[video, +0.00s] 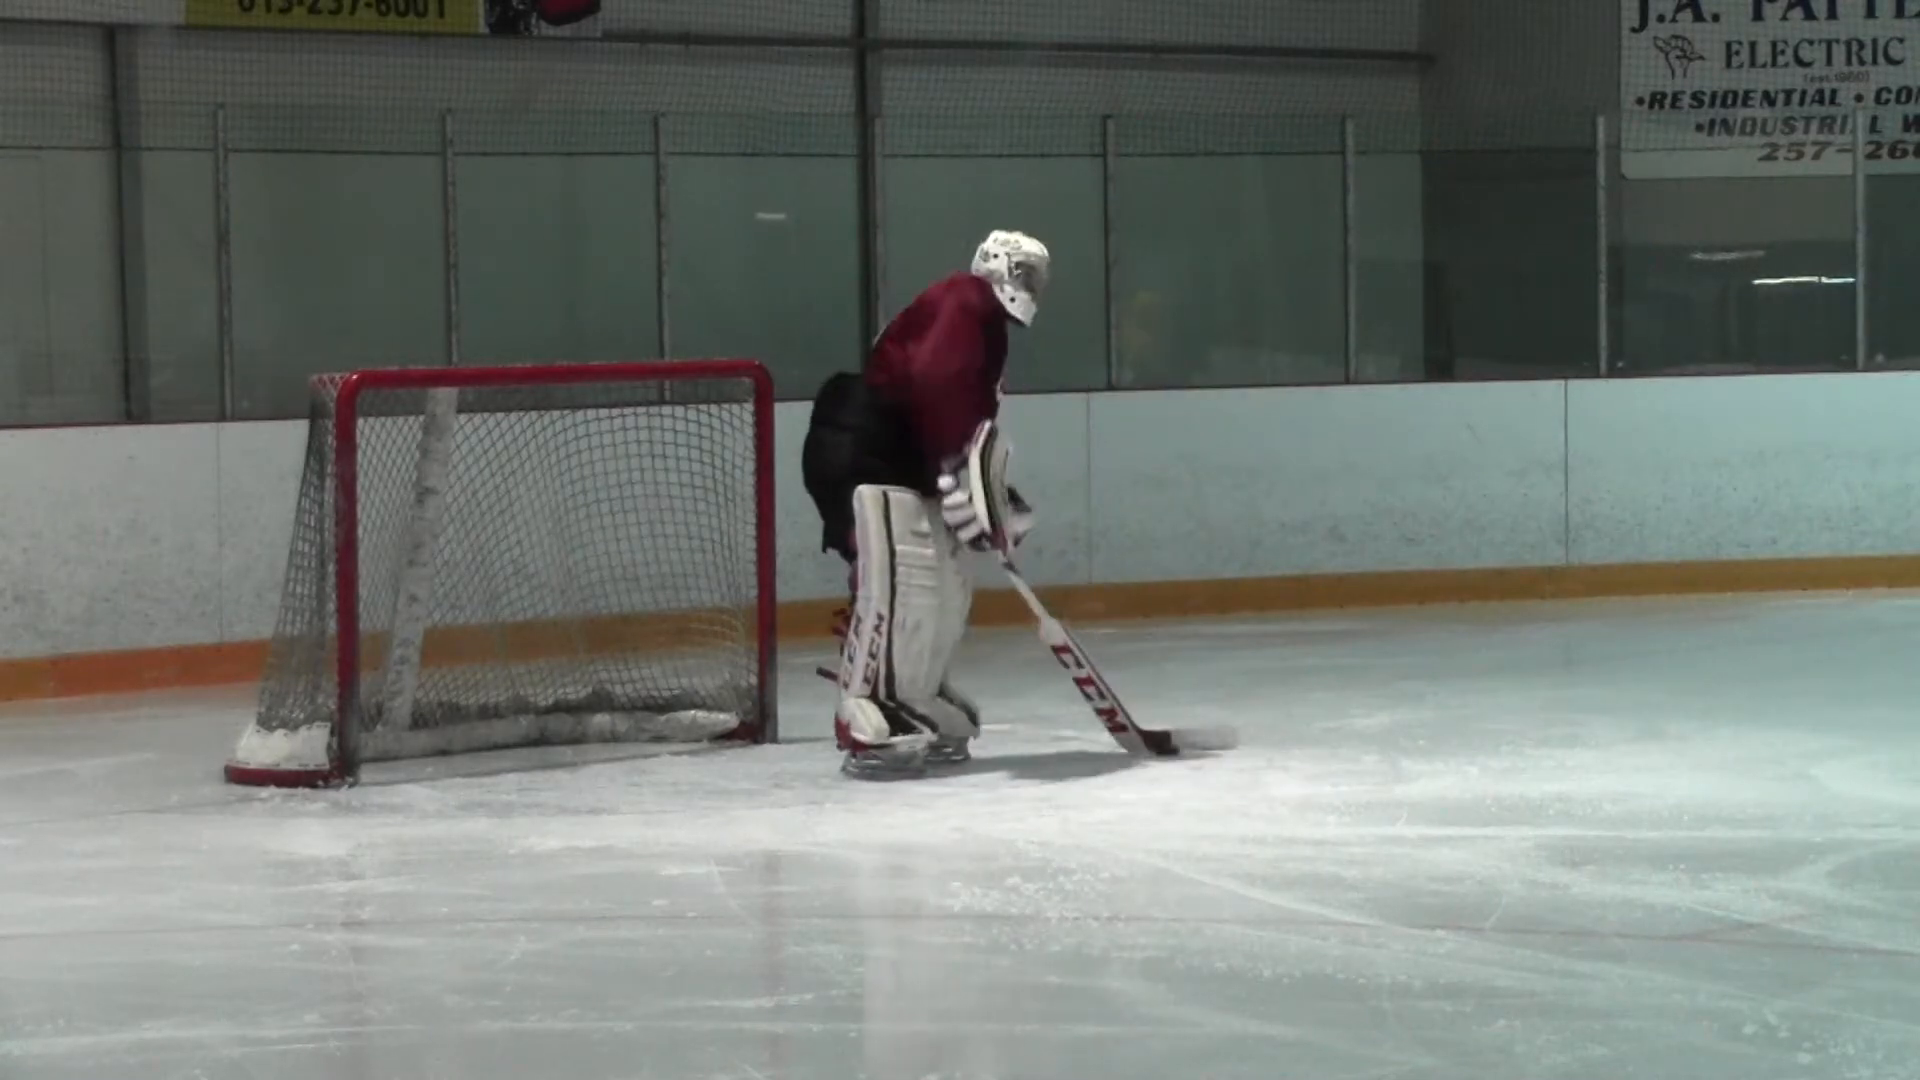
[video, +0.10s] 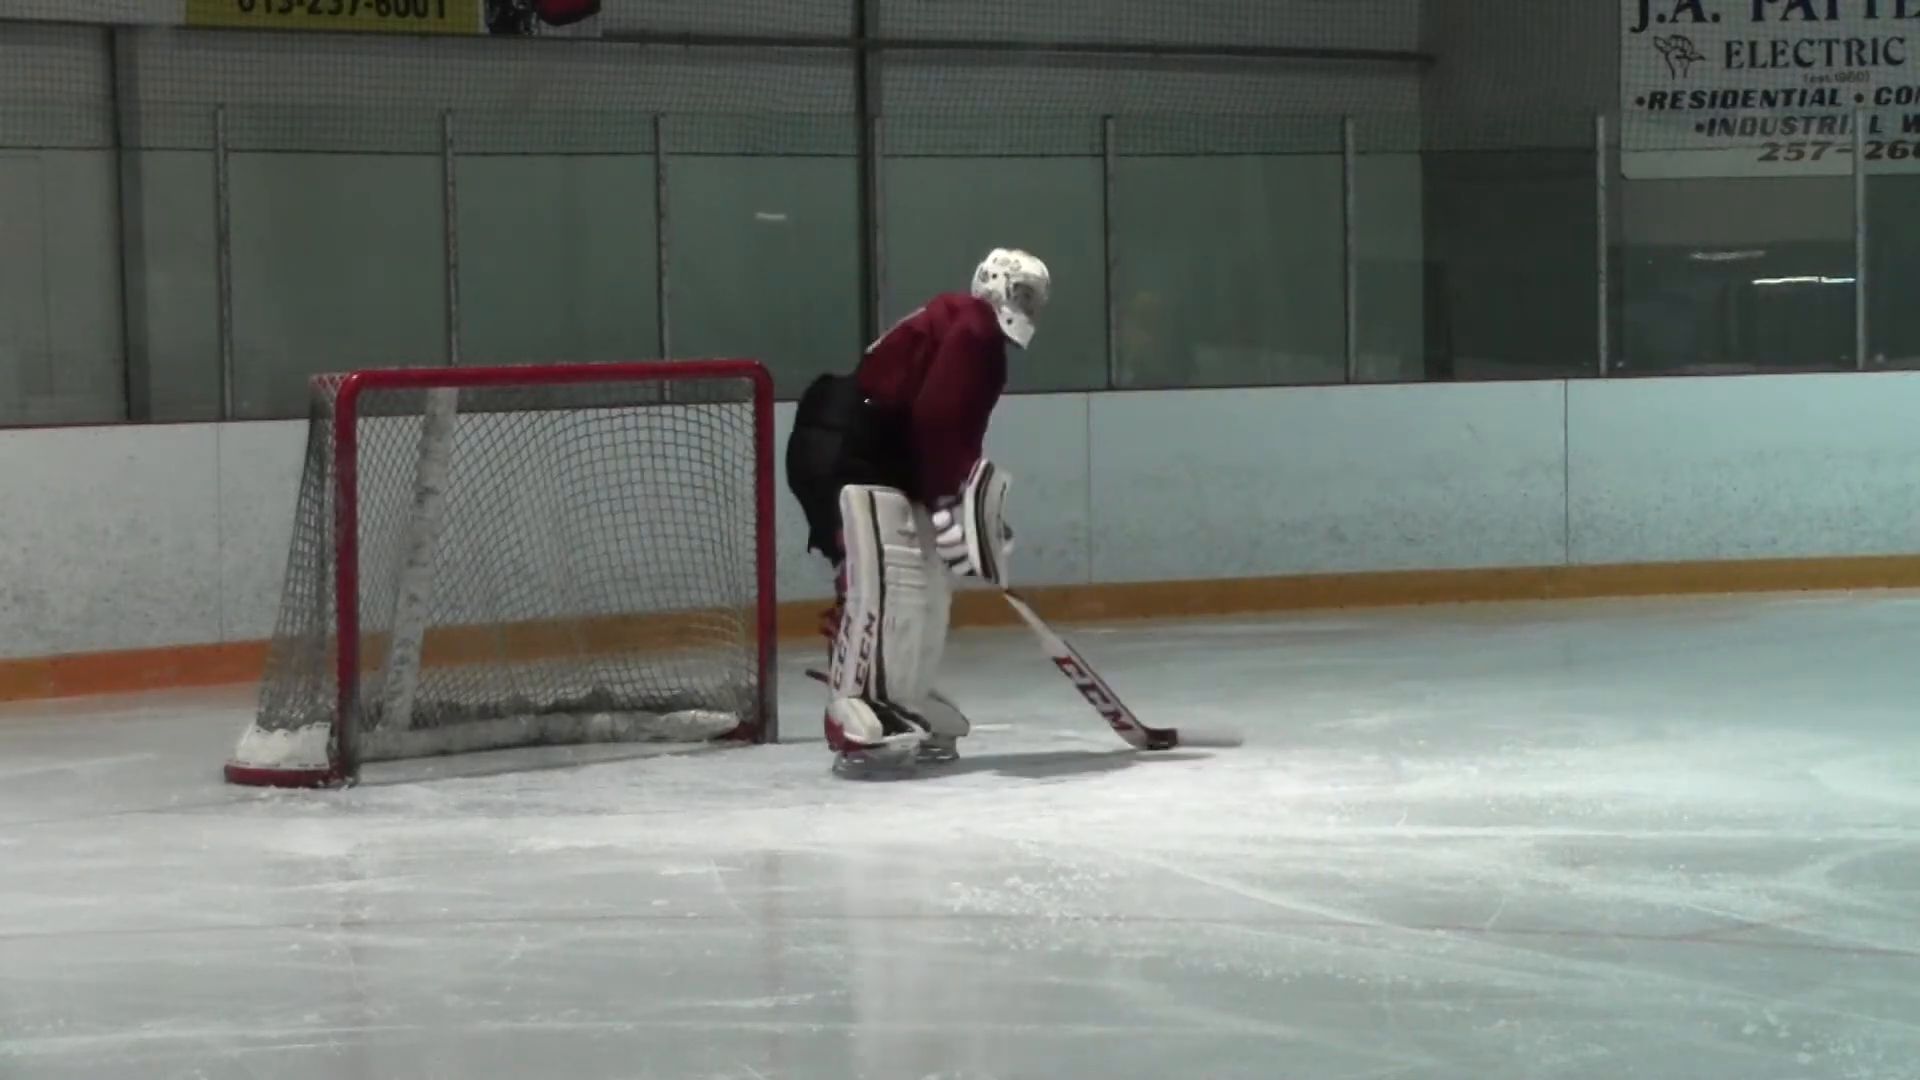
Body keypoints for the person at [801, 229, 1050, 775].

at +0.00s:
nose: (1031, 289)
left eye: (1035, 280)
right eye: (1026, 277)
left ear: (1000, 269)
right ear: (1005, 271)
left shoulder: (984, 318)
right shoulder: (964, 301)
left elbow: (978, 415)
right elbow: (941, 386)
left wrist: (995, 496)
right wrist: (957, 478)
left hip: (913, 466)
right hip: (877, 460)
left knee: (947, 586)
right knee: (909, 586)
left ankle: (917, 700)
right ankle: (877, 713)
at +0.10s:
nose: (1031, 309)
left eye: (1035, 299)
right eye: (1026, 295)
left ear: (988, 284)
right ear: (1006, 290)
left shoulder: (977, 331)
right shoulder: (970, 324)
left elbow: (963, 430)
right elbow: (940, 413)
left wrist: (974, 506)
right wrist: (946, 500)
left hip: (889, 464)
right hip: (863, 461)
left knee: (925, 584)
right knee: (897, 585)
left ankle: (910, 701)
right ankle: (871, 711)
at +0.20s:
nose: (1032, 337)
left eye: (1036, 326)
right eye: (1030, 323)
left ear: (989, 303)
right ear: (1012, 317)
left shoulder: (970, 344)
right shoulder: (972, 348)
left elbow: (958, 445)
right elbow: (936, 431)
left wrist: (959, 524)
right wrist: (936, 522)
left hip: (871, 459)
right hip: (841, 454)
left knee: (905, 580)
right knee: (879, 582)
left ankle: (892, 700)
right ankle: (848, 708)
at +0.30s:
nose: (1031, 358)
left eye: (1035, 348)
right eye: (1032, 345)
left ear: (988, 318)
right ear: (1020, 336)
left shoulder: (956, 345)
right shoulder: (977, 365)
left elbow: (949, 458)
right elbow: (936, 447)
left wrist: (948, 541)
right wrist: (927, 536)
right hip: (832, 445)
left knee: (874, 574)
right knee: (873, 577)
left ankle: (867, 701)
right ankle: (849, 706)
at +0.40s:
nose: (1028, 367)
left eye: (1034, 357)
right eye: (1030, 354)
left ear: (987, 323)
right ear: (1017, 342)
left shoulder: (954, 347)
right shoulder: (975, 368)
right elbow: (934, 452)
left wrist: (945, 543)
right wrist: (922, 540)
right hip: (825, 442)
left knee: (870, 573)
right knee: (867, 576)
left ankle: (859, 701)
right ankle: (838, 706)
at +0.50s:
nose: (1027, 365)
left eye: (1032, 356)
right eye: (1028, 351)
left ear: (988, 324)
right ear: (1013, 338)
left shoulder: (963, 357)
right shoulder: (967, 361)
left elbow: (926, 452)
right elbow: (921, 439)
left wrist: (947, 535)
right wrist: (919, 529)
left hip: (853, 457)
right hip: (826, 450)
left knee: (887, 584)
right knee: (857, 586)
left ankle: (867, 700)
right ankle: (826, 708)